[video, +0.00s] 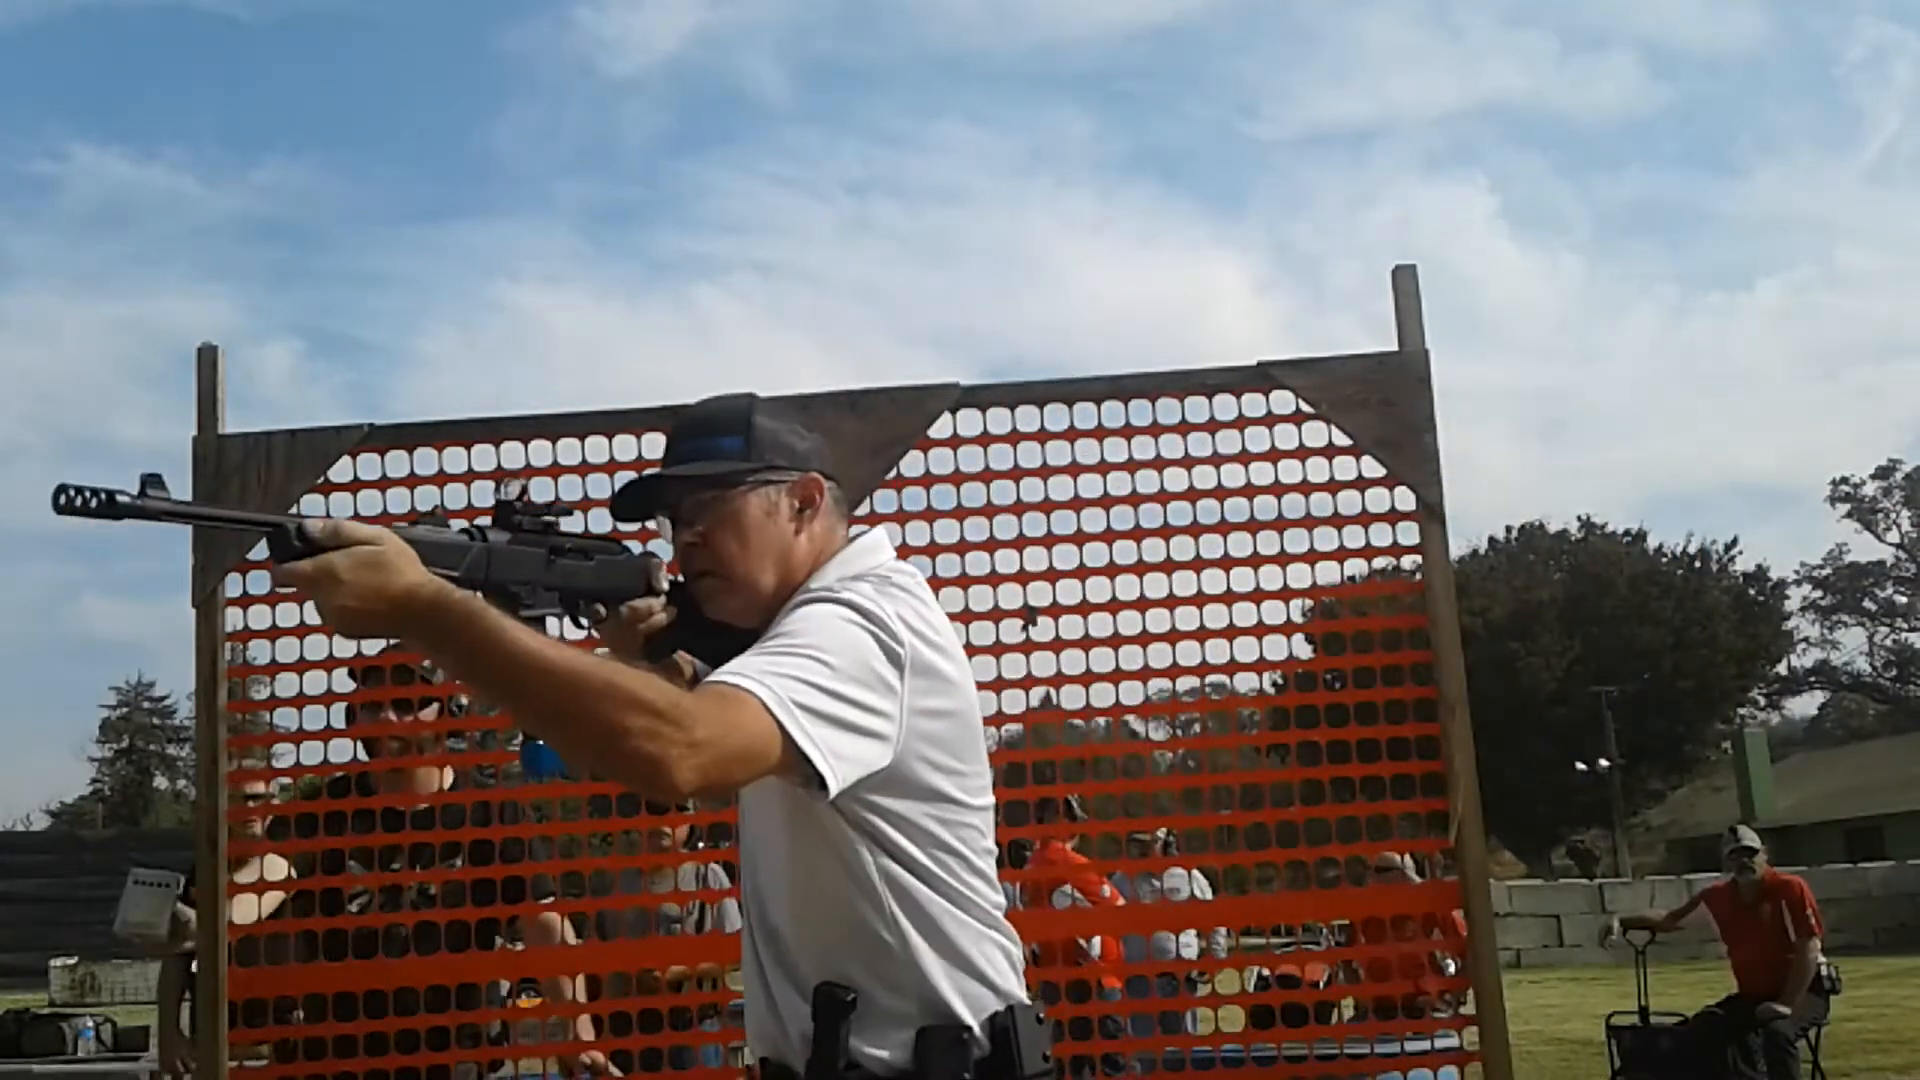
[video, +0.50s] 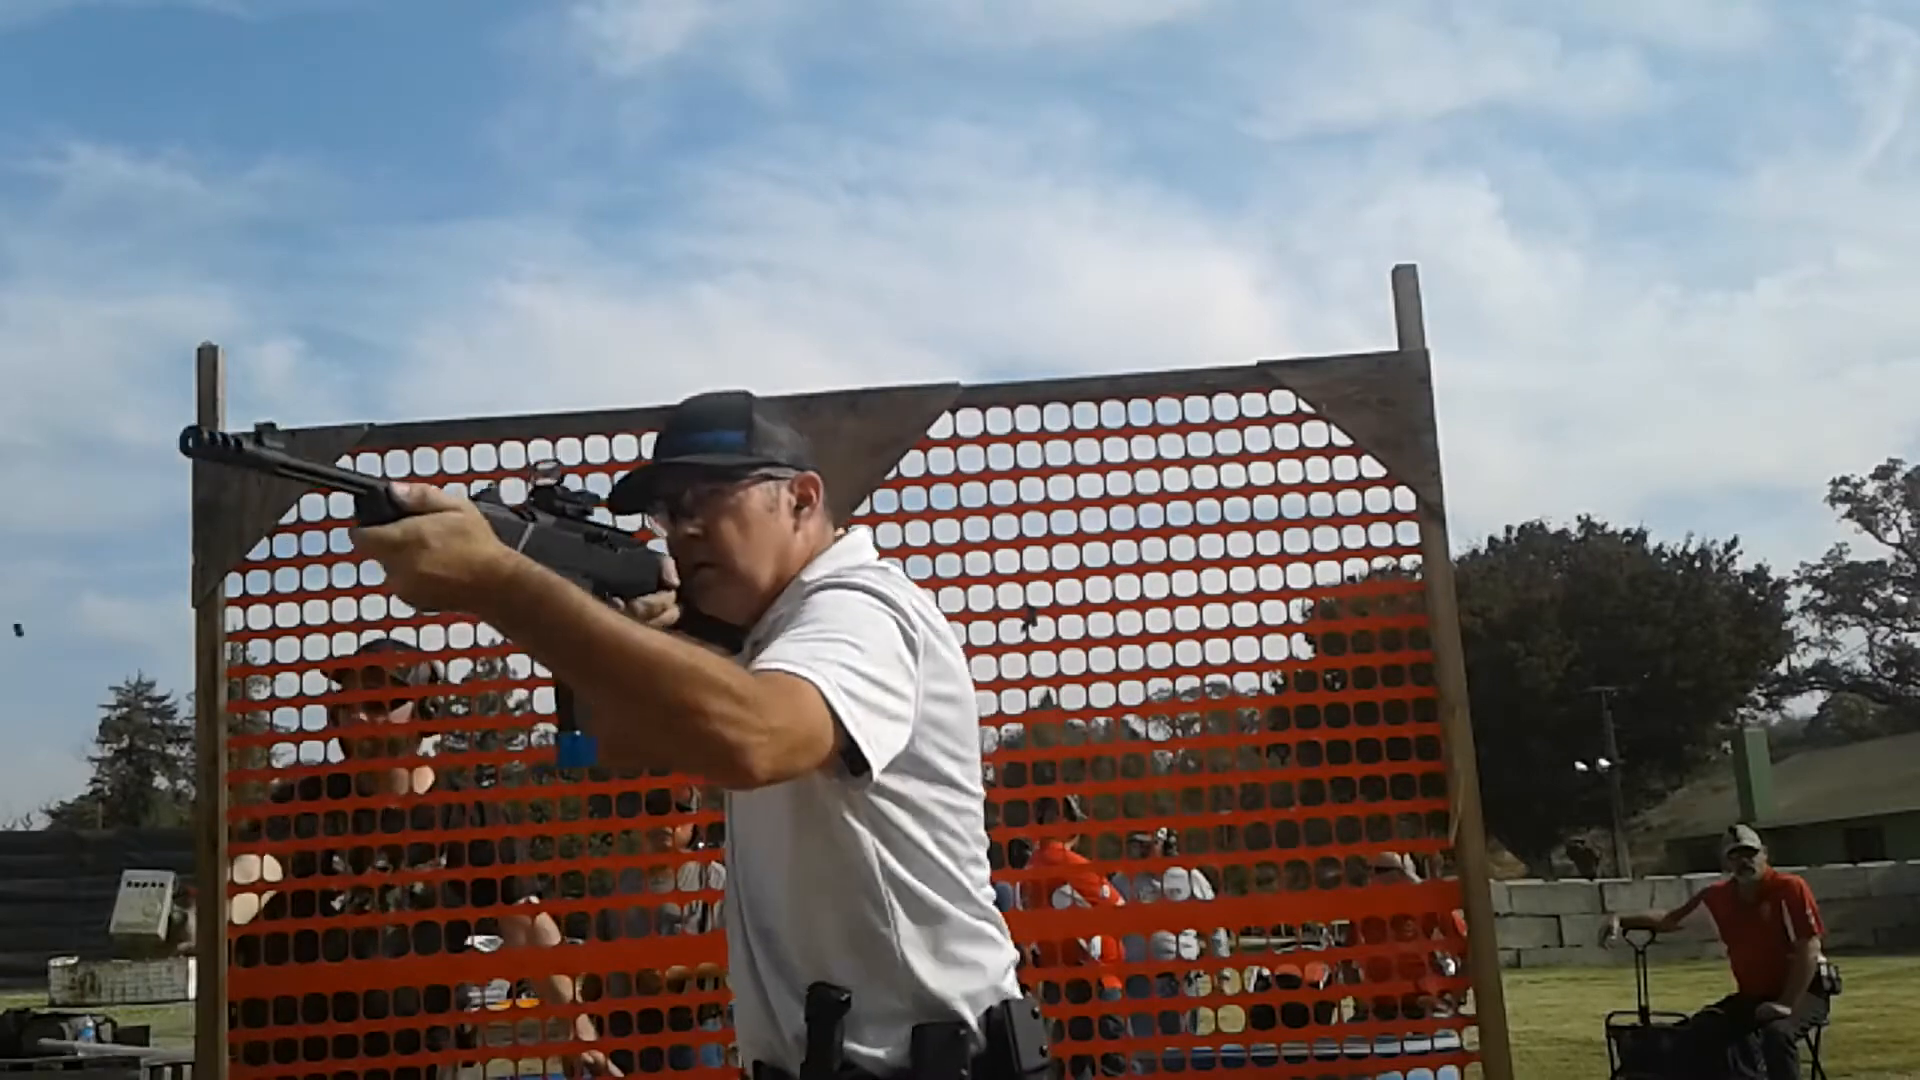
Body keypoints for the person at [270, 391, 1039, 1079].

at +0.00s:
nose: (679, 552)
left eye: (698, 519)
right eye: (675, 528)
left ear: (804, 502)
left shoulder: (867, 619)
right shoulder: (808, 621)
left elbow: (678, 751)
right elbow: (741, 753)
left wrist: (422, 604)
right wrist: (651, 667)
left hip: (932, 1056)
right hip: (818, 1049)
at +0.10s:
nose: (680, 551)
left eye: (699, 518)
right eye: (676, 527)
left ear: (804, 503)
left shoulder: (867, 617)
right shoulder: (804, 619)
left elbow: (681, 748)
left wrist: (433, 595)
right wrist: (653, 661)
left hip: (933, 1058)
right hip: (810, 1051)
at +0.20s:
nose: (682, 549)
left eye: (702, 517)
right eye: (678, 526)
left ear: (807, 502)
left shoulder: (869, 612)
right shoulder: (801, 615)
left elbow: (682, 739)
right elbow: (704, 722)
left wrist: (429, 593)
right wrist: (644, 652)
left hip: (932, 1055)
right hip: (810, 1047)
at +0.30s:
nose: (681, 548)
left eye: (702, 516)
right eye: (678, 524)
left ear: (806, 503)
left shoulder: (868, 614)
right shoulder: (804, 615)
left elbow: (687, 740)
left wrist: (432, 590)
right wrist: (642, 653)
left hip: (930, 1058)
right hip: (811, 1051)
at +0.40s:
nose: (680, 544)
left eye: (701, 511)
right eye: (677, 519)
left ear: (810, 501)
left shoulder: (867, 607)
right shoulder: (808, 615)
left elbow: (702, 730)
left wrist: (443, 591)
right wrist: (649, 645)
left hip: (932, 1061)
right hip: (810, 1057)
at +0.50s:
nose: (680, 534)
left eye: (705, 505)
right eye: (668, 514)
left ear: (803, 500)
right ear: (660, 527)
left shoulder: (866, 608)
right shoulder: (776, 626)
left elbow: (749, 735)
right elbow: (634, 748)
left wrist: (493, 581)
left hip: (926, 1056)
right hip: (803, 1053)